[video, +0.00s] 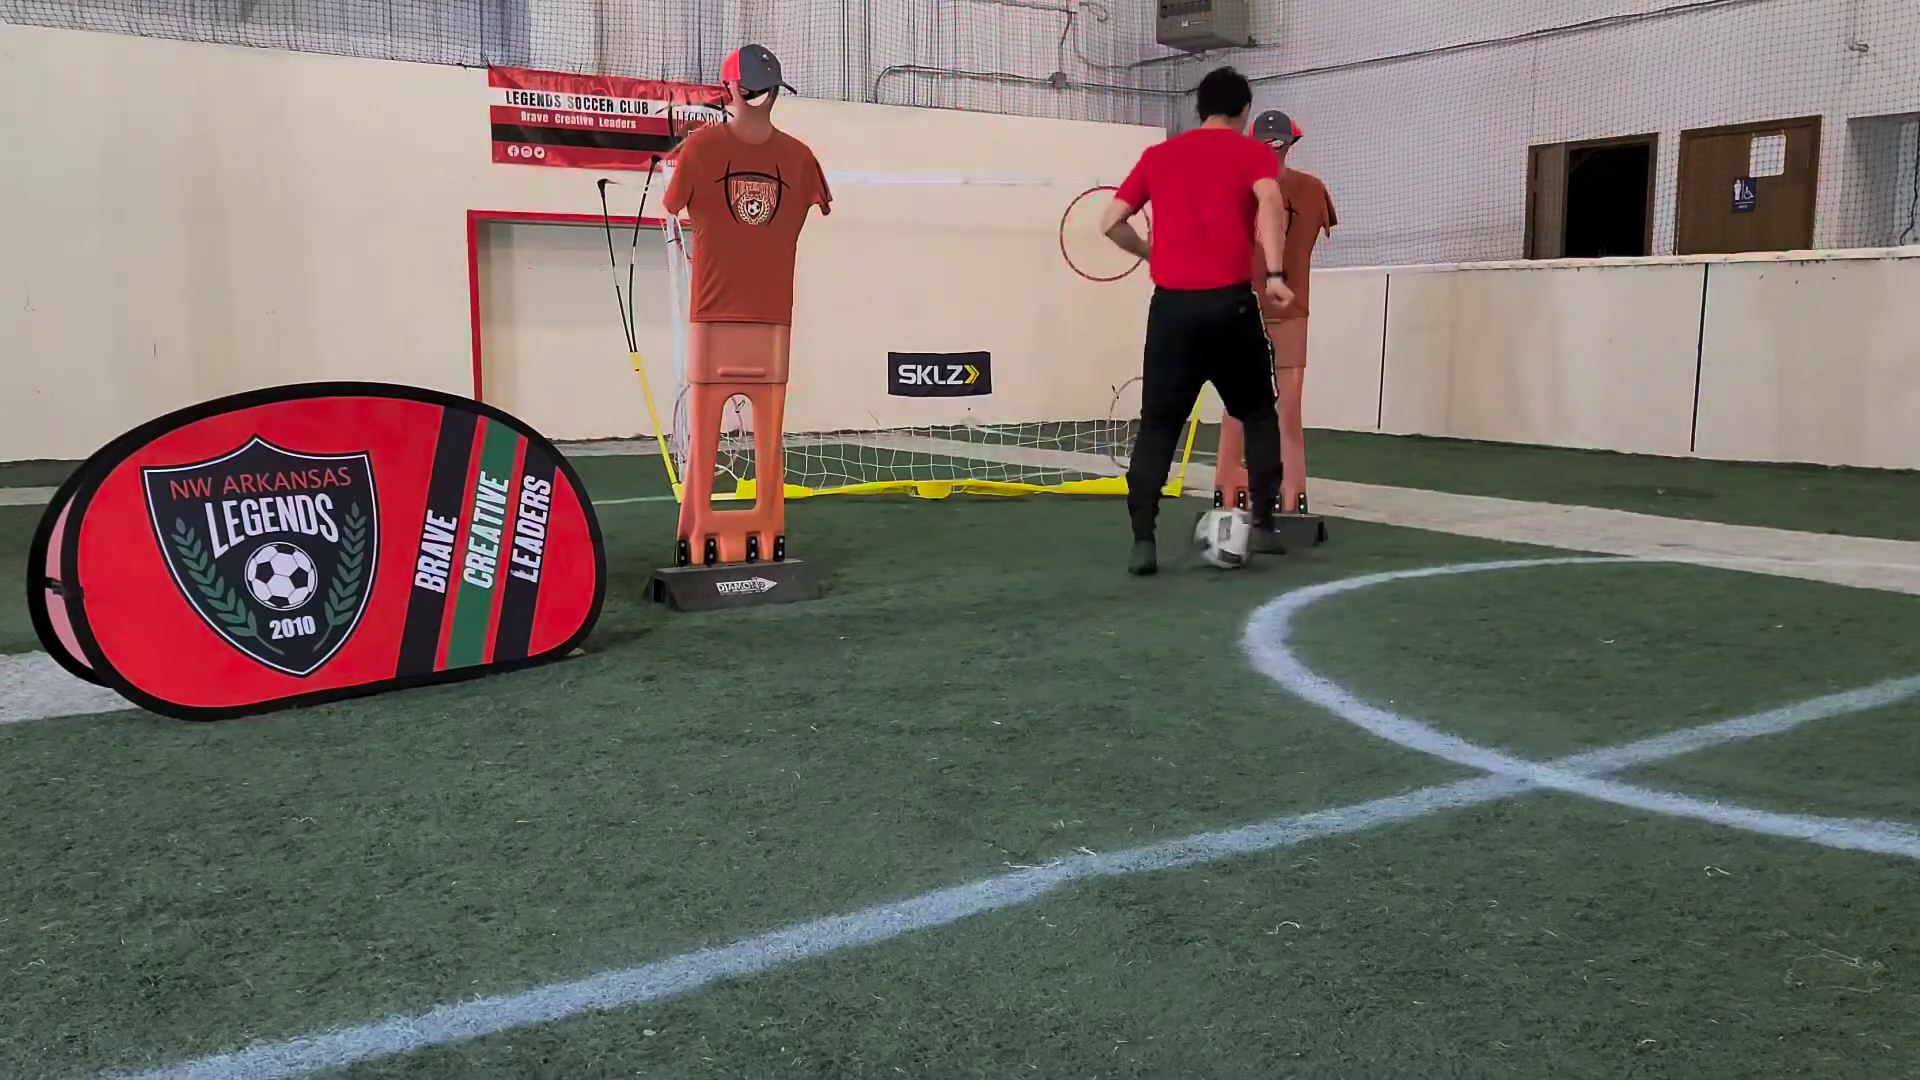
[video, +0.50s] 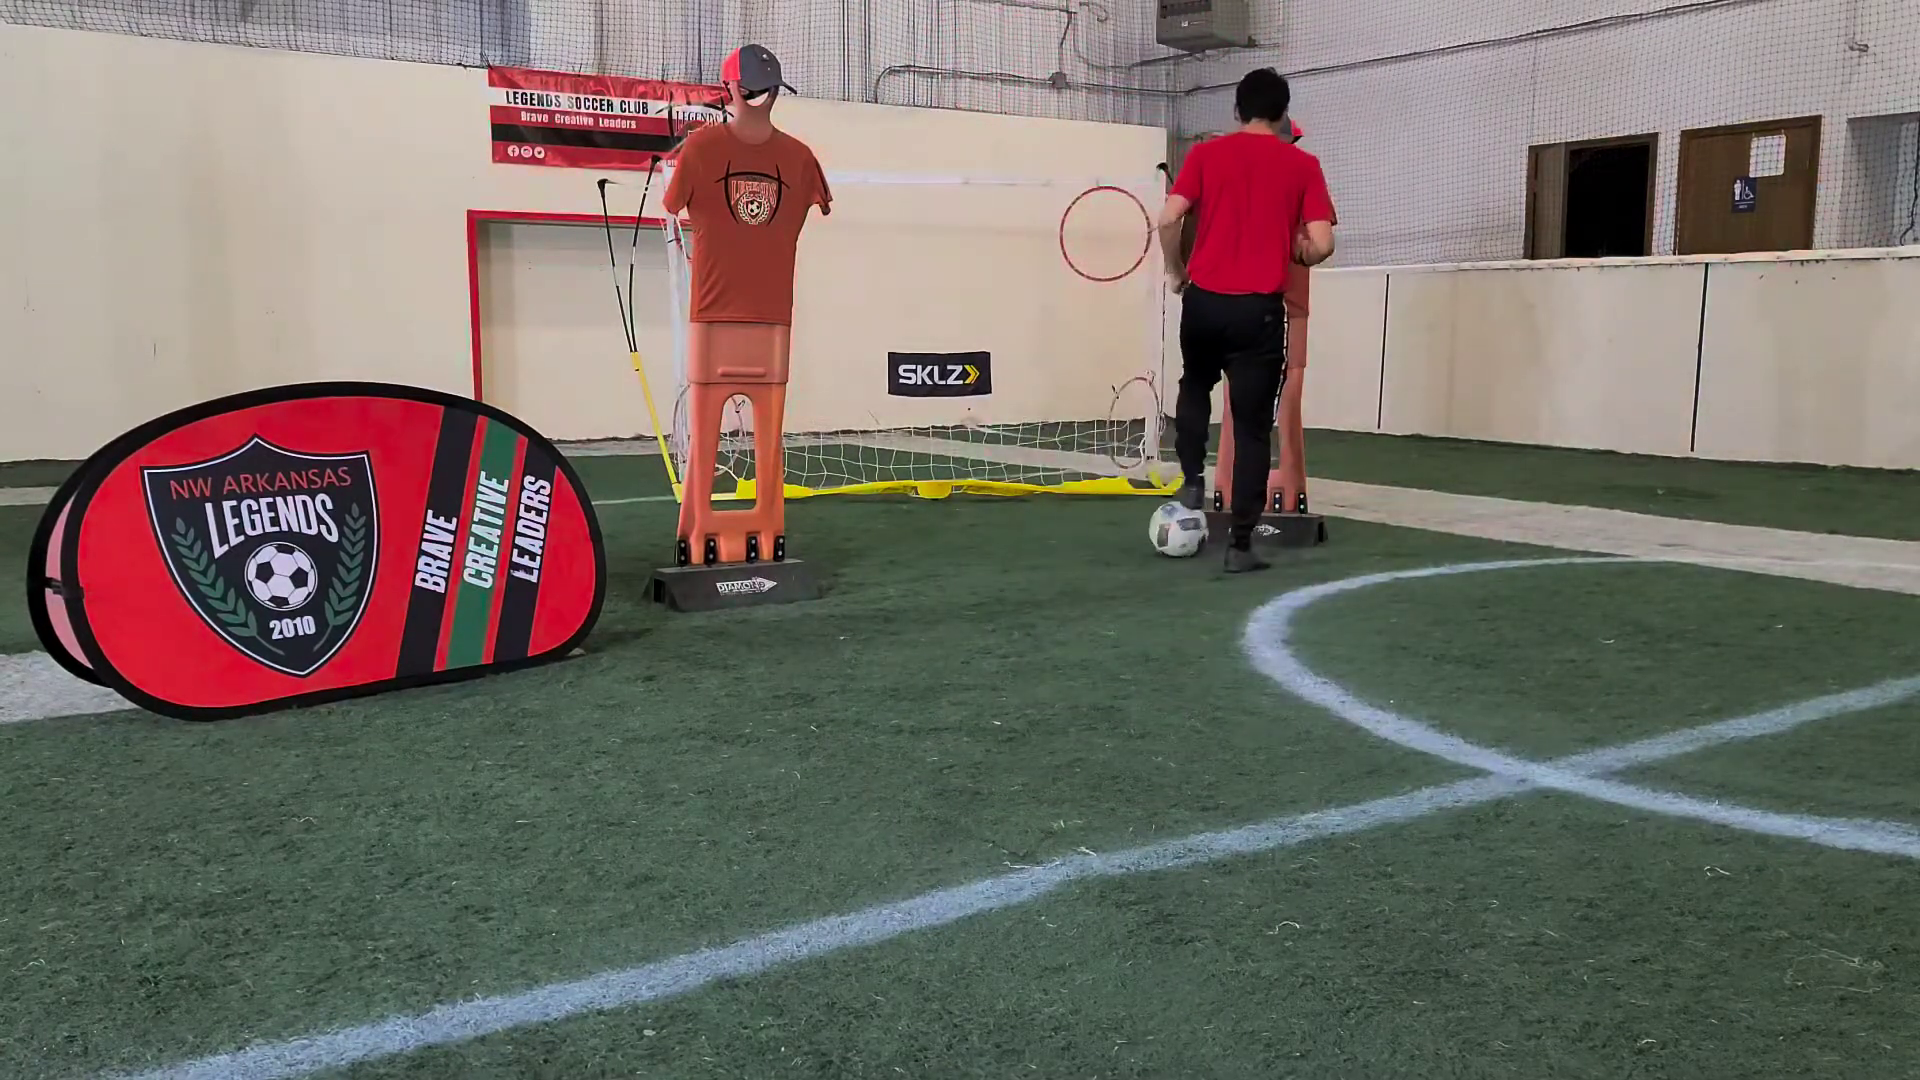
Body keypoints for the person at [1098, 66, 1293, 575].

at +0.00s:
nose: (1250, 121)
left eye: (1245, 115)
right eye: (1250, 114)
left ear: (1200, 110)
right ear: (1244, 112)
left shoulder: (1159, 154)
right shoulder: (1254, 153)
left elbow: (1111, 223)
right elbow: (1271, 202)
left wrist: (1153, 253)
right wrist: (1274, 274)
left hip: (1170, 312)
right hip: (1230, 311)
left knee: (1158, 423)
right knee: (1258, 411)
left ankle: (1143, 539)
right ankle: (1263, 519)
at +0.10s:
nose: (1263, 116)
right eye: (1264, 109)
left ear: (1215, 105)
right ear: (1261, 109)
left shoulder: (1178, 147)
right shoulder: (1274, 152)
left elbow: (1127, 211)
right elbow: (1287, 201)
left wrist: (1157, 247)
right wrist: (1289, 274)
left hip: (1185, 303)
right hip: (1243, 304)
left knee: (1155, 409)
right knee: (1249, 419)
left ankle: (1136, 510)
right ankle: (1245, 537)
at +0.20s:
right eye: (1273, 117)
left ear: (1227, 116)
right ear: (1273, 119)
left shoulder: (1195, 158)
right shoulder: (1292, 170)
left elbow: (1143, 213)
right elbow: (1311, 233)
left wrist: (1151, 260)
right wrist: (1316, 307)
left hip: (1192, 314)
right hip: (1250, 318)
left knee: (1160, 398)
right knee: (1251, 429)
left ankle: (1135, 478)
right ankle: (1240, 545)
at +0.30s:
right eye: (1281, 114)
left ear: (1234, 113)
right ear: (1280, 115)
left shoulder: (1203, 151)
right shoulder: (1298, 165)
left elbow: (1157, 207)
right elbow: (1321, 241)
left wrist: (1154, 262)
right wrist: (1321, 292)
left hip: (1196, 305)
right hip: (1253, 312)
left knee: (1175, 380)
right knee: (1251, 427)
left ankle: (1154, 472)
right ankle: (1239, 545)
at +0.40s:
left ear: (1235, 109)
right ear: (1281, 112)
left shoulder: (1203, 150)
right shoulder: (1301, 162)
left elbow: (1166, 209)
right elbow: (1323, 242)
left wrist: (1165, 261)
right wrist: (1303, 264)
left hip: (1200, 303)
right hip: (1256, 309)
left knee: (1187, 382)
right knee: (1250, 426)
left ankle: (1178, 486)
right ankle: (1239, 544)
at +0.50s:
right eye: (1285, 111)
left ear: (1237, 111)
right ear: (1283, 114)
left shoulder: (1205, 153)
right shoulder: (1303, 164)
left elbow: (1167, 219)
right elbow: (1319, 247)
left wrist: (1175, 270)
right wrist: (1284, 244)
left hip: (1203, 308)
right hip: (1260, 312)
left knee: (1196, 380)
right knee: (1253, 427)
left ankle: (1192, 486)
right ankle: (1241, 544)